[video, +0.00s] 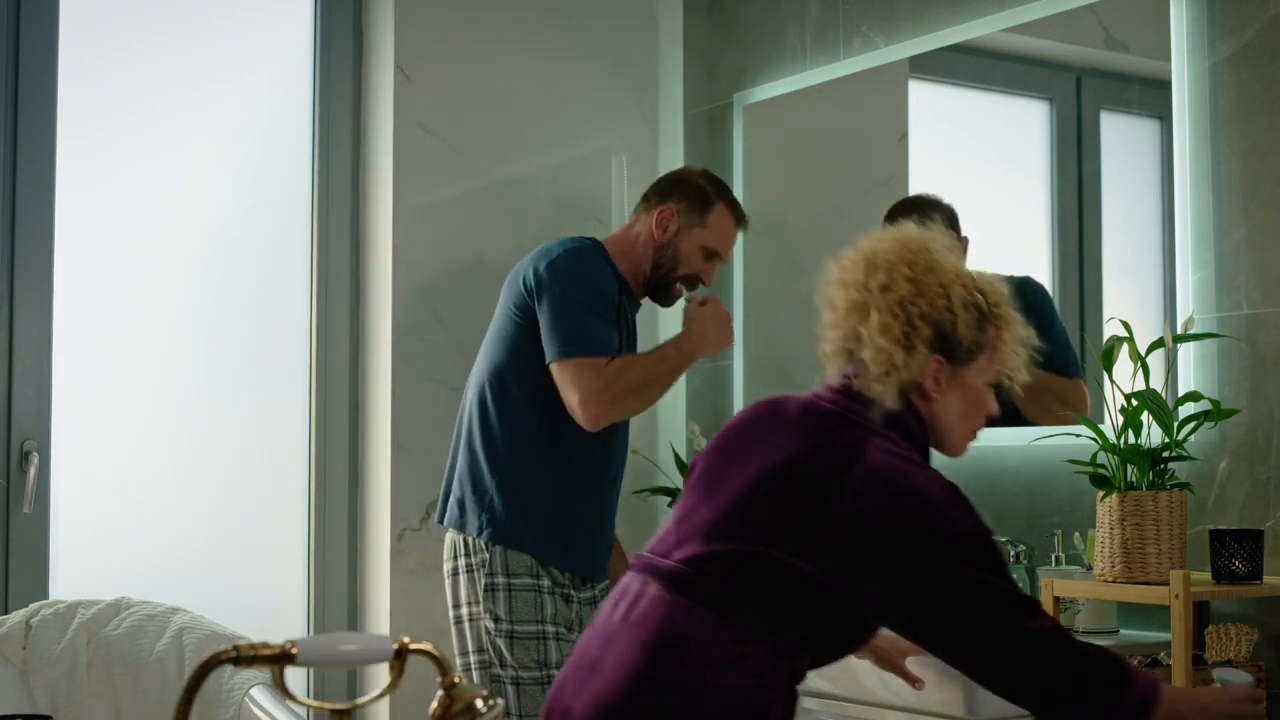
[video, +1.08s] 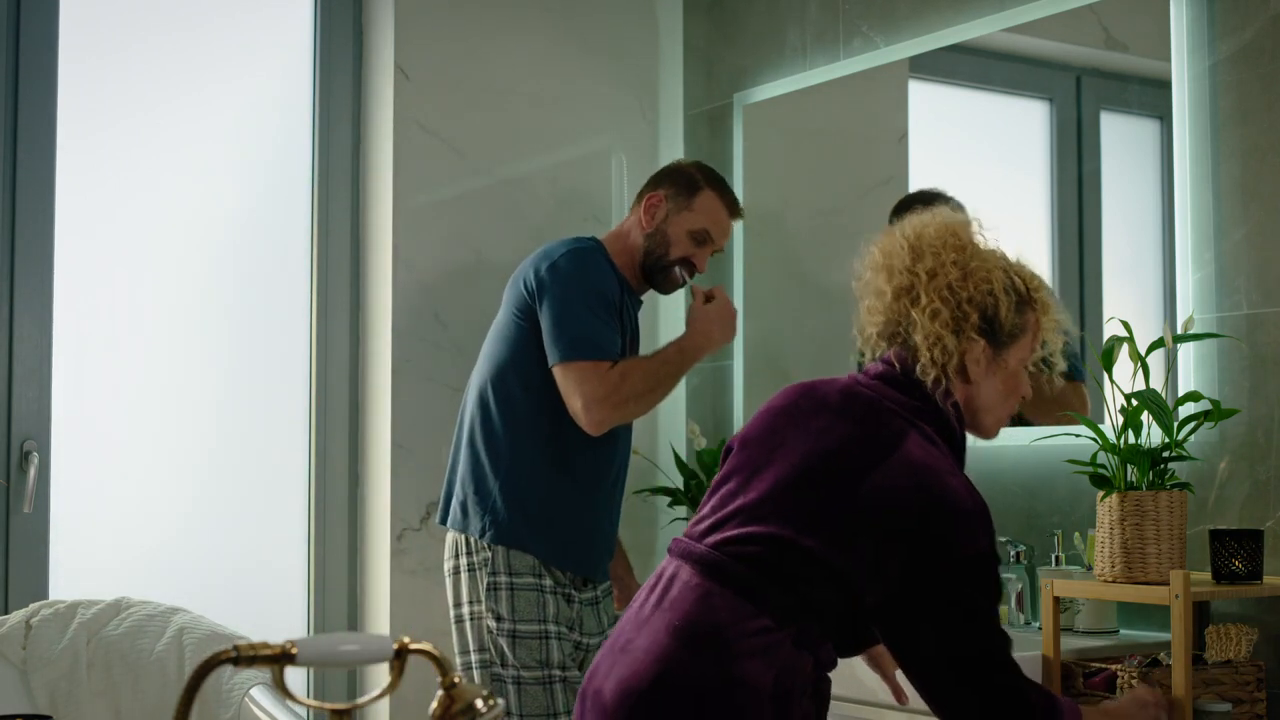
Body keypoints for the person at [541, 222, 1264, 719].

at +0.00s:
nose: (993, 406)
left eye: (998, 384)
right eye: (989, 381)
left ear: (863, 360)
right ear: (929, 372)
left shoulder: (761, 421)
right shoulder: (913, 497)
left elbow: (732, 565)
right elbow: (1027, 657)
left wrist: (864, 638)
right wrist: (1177, 697)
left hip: (591, 682)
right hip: (708, 699)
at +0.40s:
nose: (1030, 440)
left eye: (1037, 416)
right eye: (1031, 414)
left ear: (907, 383)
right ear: (982, 397)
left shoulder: (794, 439)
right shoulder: (966, 526)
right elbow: (1075, 688)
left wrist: (888, 648)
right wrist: (1183, 710)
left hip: (632, 691)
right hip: (752, 706)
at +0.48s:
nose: (1031, 432)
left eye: (1038, 409)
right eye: (1032, 406)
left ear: (902, 374)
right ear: (983, 390)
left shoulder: (792, 435)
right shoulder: (970, 521)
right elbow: (1032, 693)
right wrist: (1167, 715)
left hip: (632, 690)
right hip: (759, 704)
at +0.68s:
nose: (1029, 424)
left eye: (1038, 400)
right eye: (1033, 396)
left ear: (911, 355)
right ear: (987, 377)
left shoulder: (802, 422)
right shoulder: (956, 513)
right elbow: (957, 704)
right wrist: (1069, 719)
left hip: (633, 683)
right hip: (757, 702)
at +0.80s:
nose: (1033, 422)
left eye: (1040, 397)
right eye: (1035, 394)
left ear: (911, 358)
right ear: (987, 379)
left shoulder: (803, 420)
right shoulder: (956, 515)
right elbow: (975, 702)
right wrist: (1098, 716)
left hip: (627, 684)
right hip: (752, 702)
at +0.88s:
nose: (1034, 419)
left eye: (1042, 394)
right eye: (1035, 392)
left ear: (913, 357)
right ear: (987, 379)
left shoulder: (808, 416)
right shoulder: (954, 512)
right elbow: (984, 699)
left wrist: (889, 650)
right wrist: (1094, 714)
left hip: (627, 682)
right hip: (751, 700)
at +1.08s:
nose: (1027, 389)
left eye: (1032, 366)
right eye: (1025, 363)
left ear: (908, 339)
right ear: (970, 353)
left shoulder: (799, 402)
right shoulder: (937, 492)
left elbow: (771, 545)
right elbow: (979, 693)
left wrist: (866, 636)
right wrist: (1097, 711)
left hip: (621, 675)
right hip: (742, 695)